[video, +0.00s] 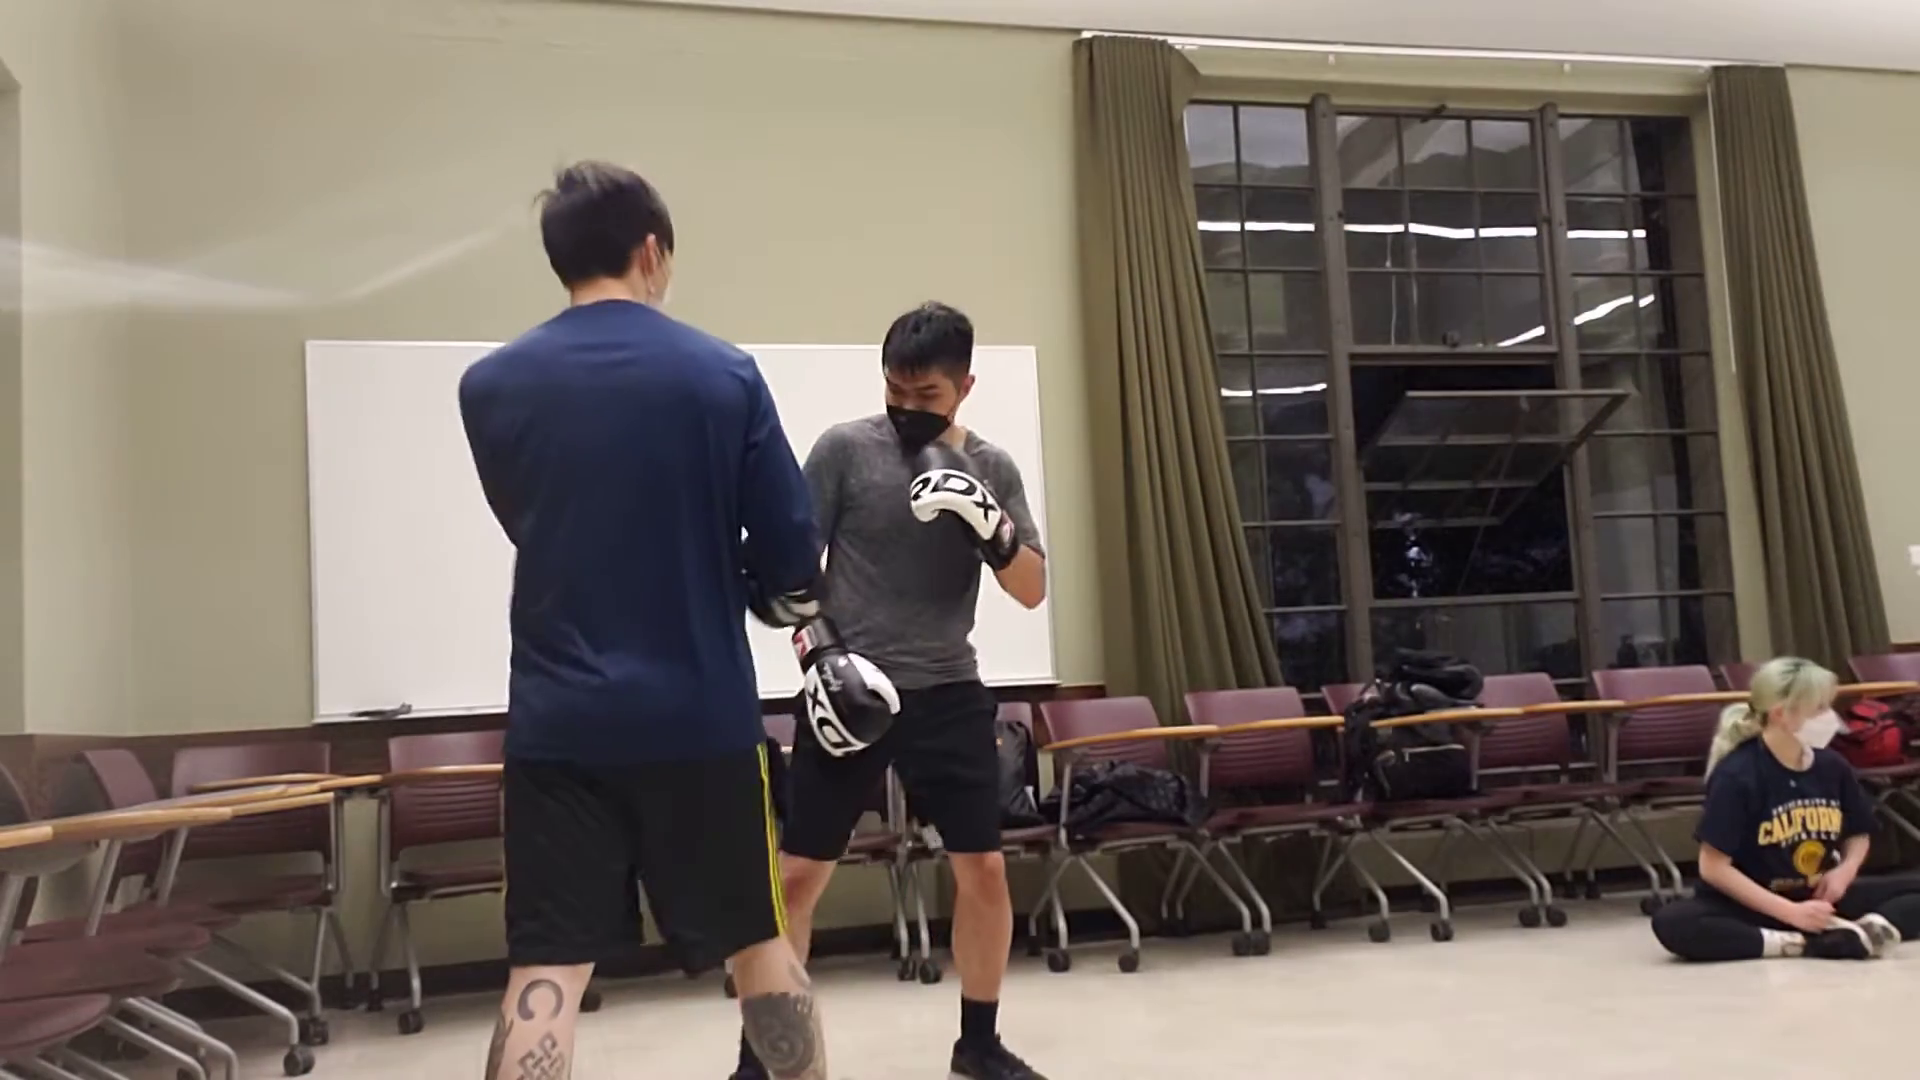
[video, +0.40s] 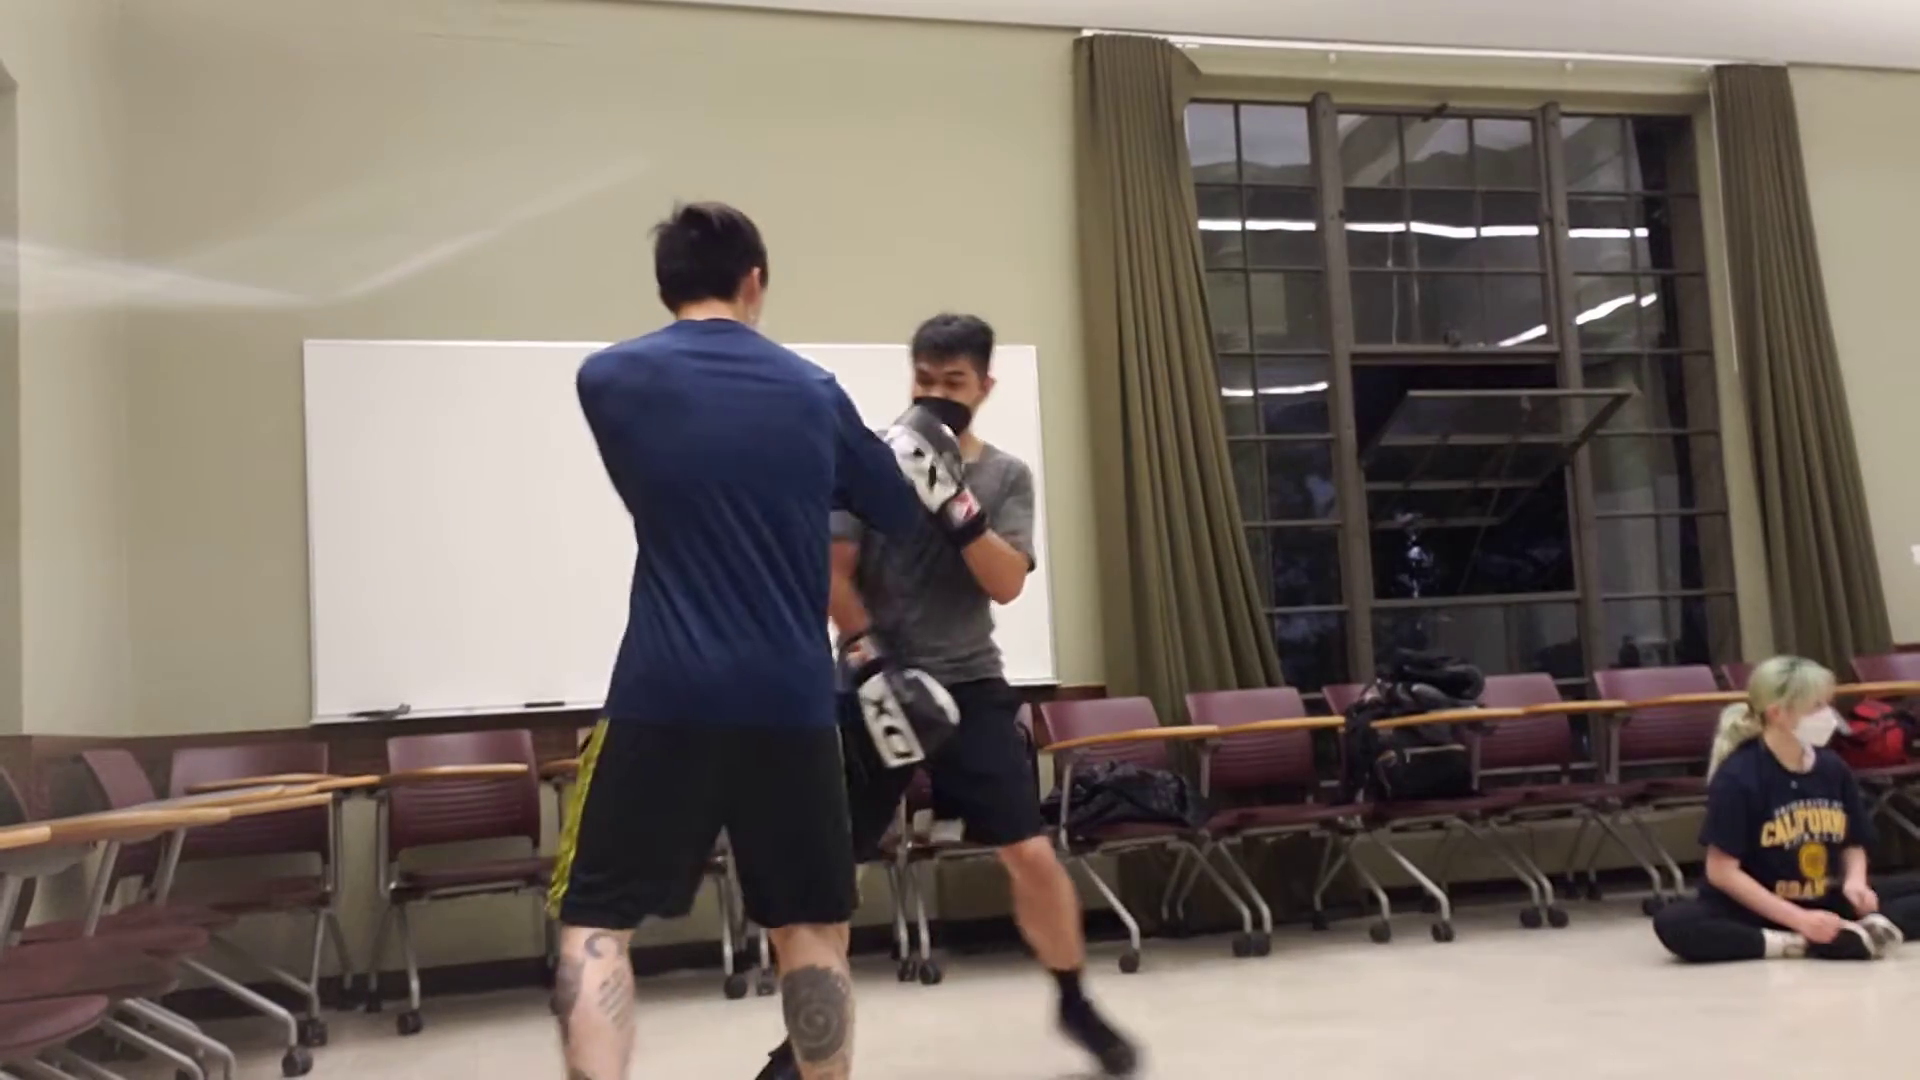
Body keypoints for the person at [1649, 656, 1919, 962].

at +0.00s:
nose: (1832, 718)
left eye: (1829, 707)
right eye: (1820, 710)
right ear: (1780, 715)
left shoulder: (1833, 767)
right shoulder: (1737, 774)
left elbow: (1860, 832)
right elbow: (1711, 867)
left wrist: (1844, 872)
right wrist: (1790, 912)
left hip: (1824, 897)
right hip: (1752, 905)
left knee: (1916, 890)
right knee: (1670, 923)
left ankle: (1857, 934)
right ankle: (1794, 945)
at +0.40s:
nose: (1830, 716)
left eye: (1828, 706)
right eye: (1817, 708)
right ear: (1778, 714)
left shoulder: (1833, 769)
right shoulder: (1738, 776)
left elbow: (1853, 842)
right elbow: (1720, 871)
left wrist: (1855, 881)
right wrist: (1799, 919)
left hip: (1827, 902)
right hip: (1756, 907)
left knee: (1915, 898)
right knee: (1671, 922)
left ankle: (1861, 936)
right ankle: (1793, 944)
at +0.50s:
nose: (1830, 716)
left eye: (1828, 705)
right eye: (1817, 708)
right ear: (1778, 714)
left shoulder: (1834, 770)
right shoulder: (1739, 776)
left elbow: (1856, 848)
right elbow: (1722, 870)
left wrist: (1858, 889)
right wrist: (1799, 920)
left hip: (1828, 905)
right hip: (1755, 909)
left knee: (1915, 902)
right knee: (1672, 922)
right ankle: (1792, 944)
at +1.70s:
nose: (1829, 715)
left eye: (1830, 704)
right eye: (1816, 706)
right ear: (1775, 710)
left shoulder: (1838, 775)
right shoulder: (1743, 774)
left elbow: (1855, 856)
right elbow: (1730, 870)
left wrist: (1863, 908)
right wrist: (1802, 925)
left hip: (1826, 907)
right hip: (1752, 910)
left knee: (1916, 902)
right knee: (1673, 922)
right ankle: (1793, 944)